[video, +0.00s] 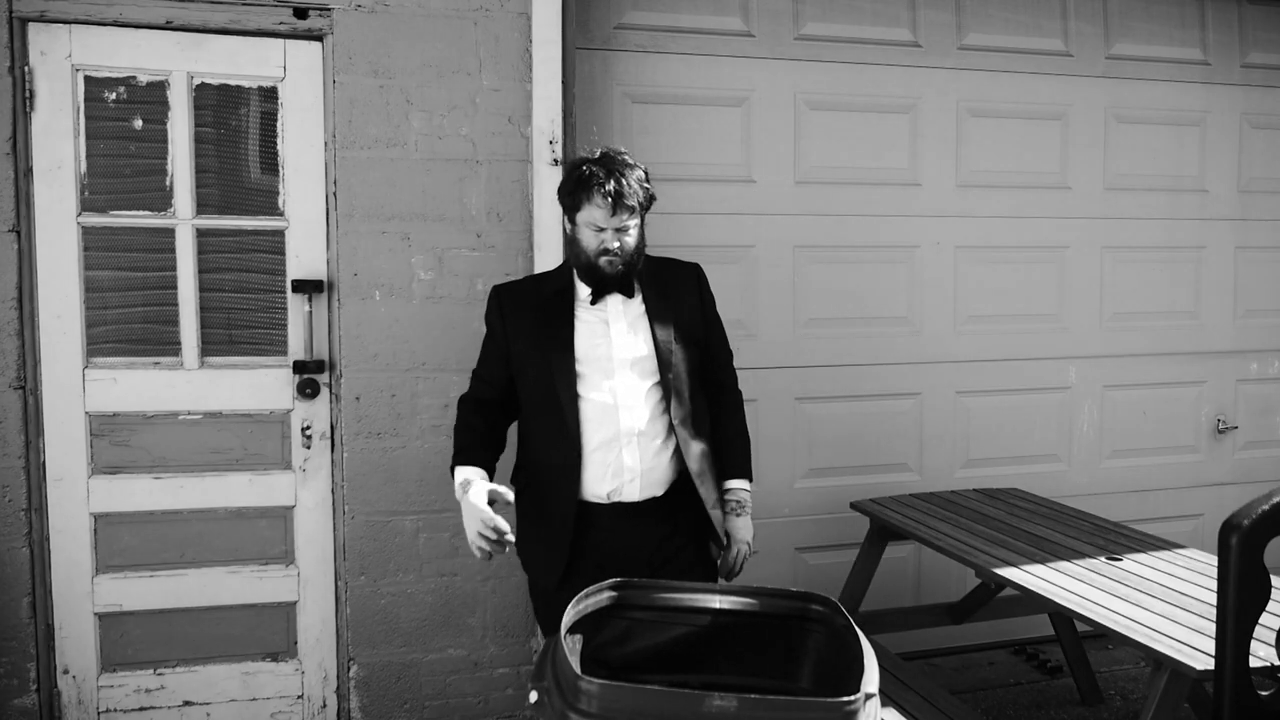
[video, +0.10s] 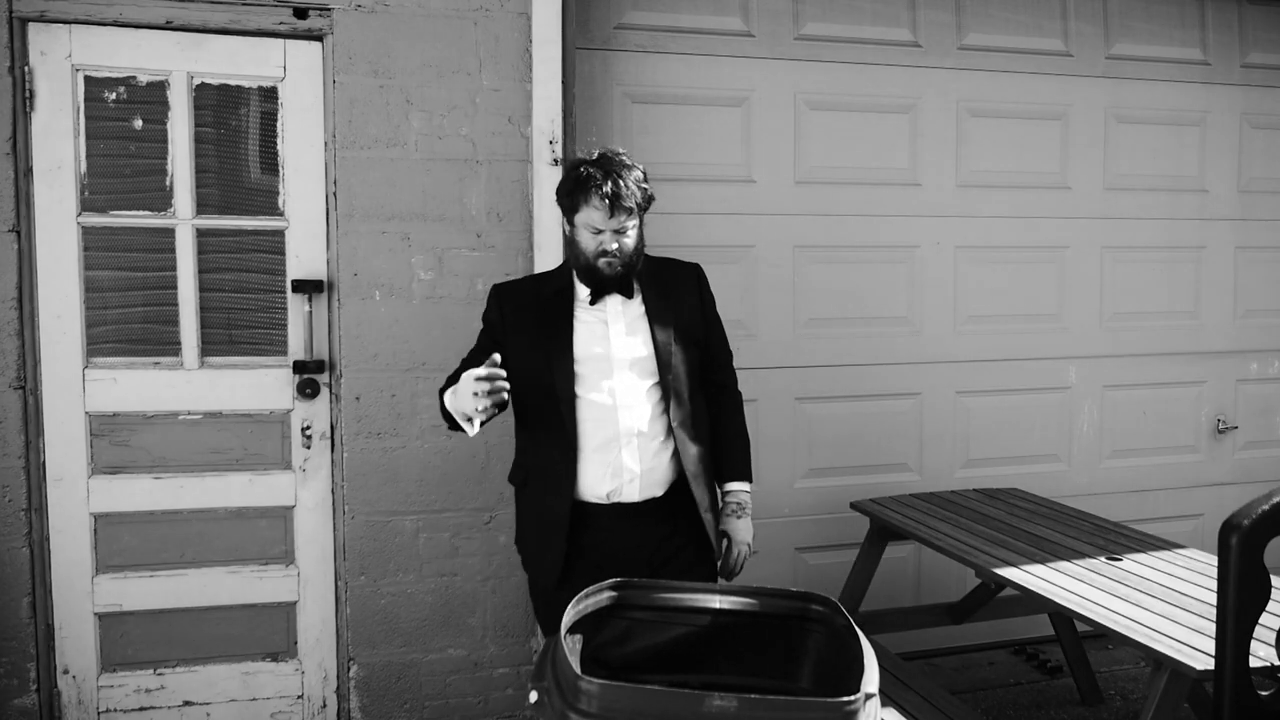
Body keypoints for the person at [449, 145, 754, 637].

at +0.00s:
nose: (613, 243)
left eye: (625, 228)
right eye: (597, 229)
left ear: (642, 223)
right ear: (568, 223)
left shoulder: (683, 287)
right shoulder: (518, 306)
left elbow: (721, 394)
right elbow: (485, 404)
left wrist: (738, 500)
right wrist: (470, 483)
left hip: (675, 529)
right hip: (570, 536)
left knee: (680, 696)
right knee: (585, 703)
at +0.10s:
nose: (611, 245)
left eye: (624, 229)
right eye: (595, 231)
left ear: (642, 221)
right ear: (568, 225)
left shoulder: (683, 287)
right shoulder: (518, 305)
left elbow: (722, 395)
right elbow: (466, 387)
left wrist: (737, 502)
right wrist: (459, 401)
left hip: (674, 527)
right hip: (570, 535)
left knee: (683, 693)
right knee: (585, 696)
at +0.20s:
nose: (609, 247)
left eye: (621, 231)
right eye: (592, 234)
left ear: (639, 223)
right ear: (565, 229)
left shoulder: (682, 287)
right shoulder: (523, 298)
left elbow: (720, 393)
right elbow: (452, 370)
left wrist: (737, 501)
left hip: (672, 525)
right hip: (569, 533)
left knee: (678, 690)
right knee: (581, 691)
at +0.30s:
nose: (605, 250)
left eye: (618, 233)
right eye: (587, 238)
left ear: (636, 222)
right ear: (561, 233)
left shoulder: (679, 286)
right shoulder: (524, 291)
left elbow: (719, 393)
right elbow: (448, 323)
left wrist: (738, 499)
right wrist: (500, 226)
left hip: (671, 527)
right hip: (568, 533)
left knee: (677, 693)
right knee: (580, 693)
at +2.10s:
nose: (621, 250)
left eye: (631, 232)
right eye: (603, 236)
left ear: (645, 224)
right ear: (570, 231)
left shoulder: (681, 287)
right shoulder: (521, 290)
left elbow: (719, 396)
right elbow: (428, 314)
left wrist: (733, 504)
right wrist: (481, 234)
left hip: (670, 528)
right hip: (566, 531)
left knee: (675, 695)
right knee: (577, 693)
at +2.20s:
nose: (637, 246)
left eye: (643, 228)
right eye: (619, 232)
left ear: (652, 221)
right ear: (578, 229)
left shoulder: (682, 288)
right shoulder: (519, 295)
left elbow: (719, 397)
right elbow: (435, 363)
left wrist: (734, 504)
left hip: (670, 527)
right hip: (566, 532)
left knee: (676, 694)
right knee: (577, 693)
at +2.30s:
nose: (646, 243)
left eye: (651, 227)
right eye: (629, 228)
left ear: (657, 222)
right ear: (583, 228)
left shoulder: (681, 288)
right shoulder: (518, 301)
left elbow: (718, 396)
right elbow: (475, 375)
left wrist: (733, 503)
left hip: (669, 530)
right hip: (566, 535)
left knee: (674, 695)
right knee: (575, 693)